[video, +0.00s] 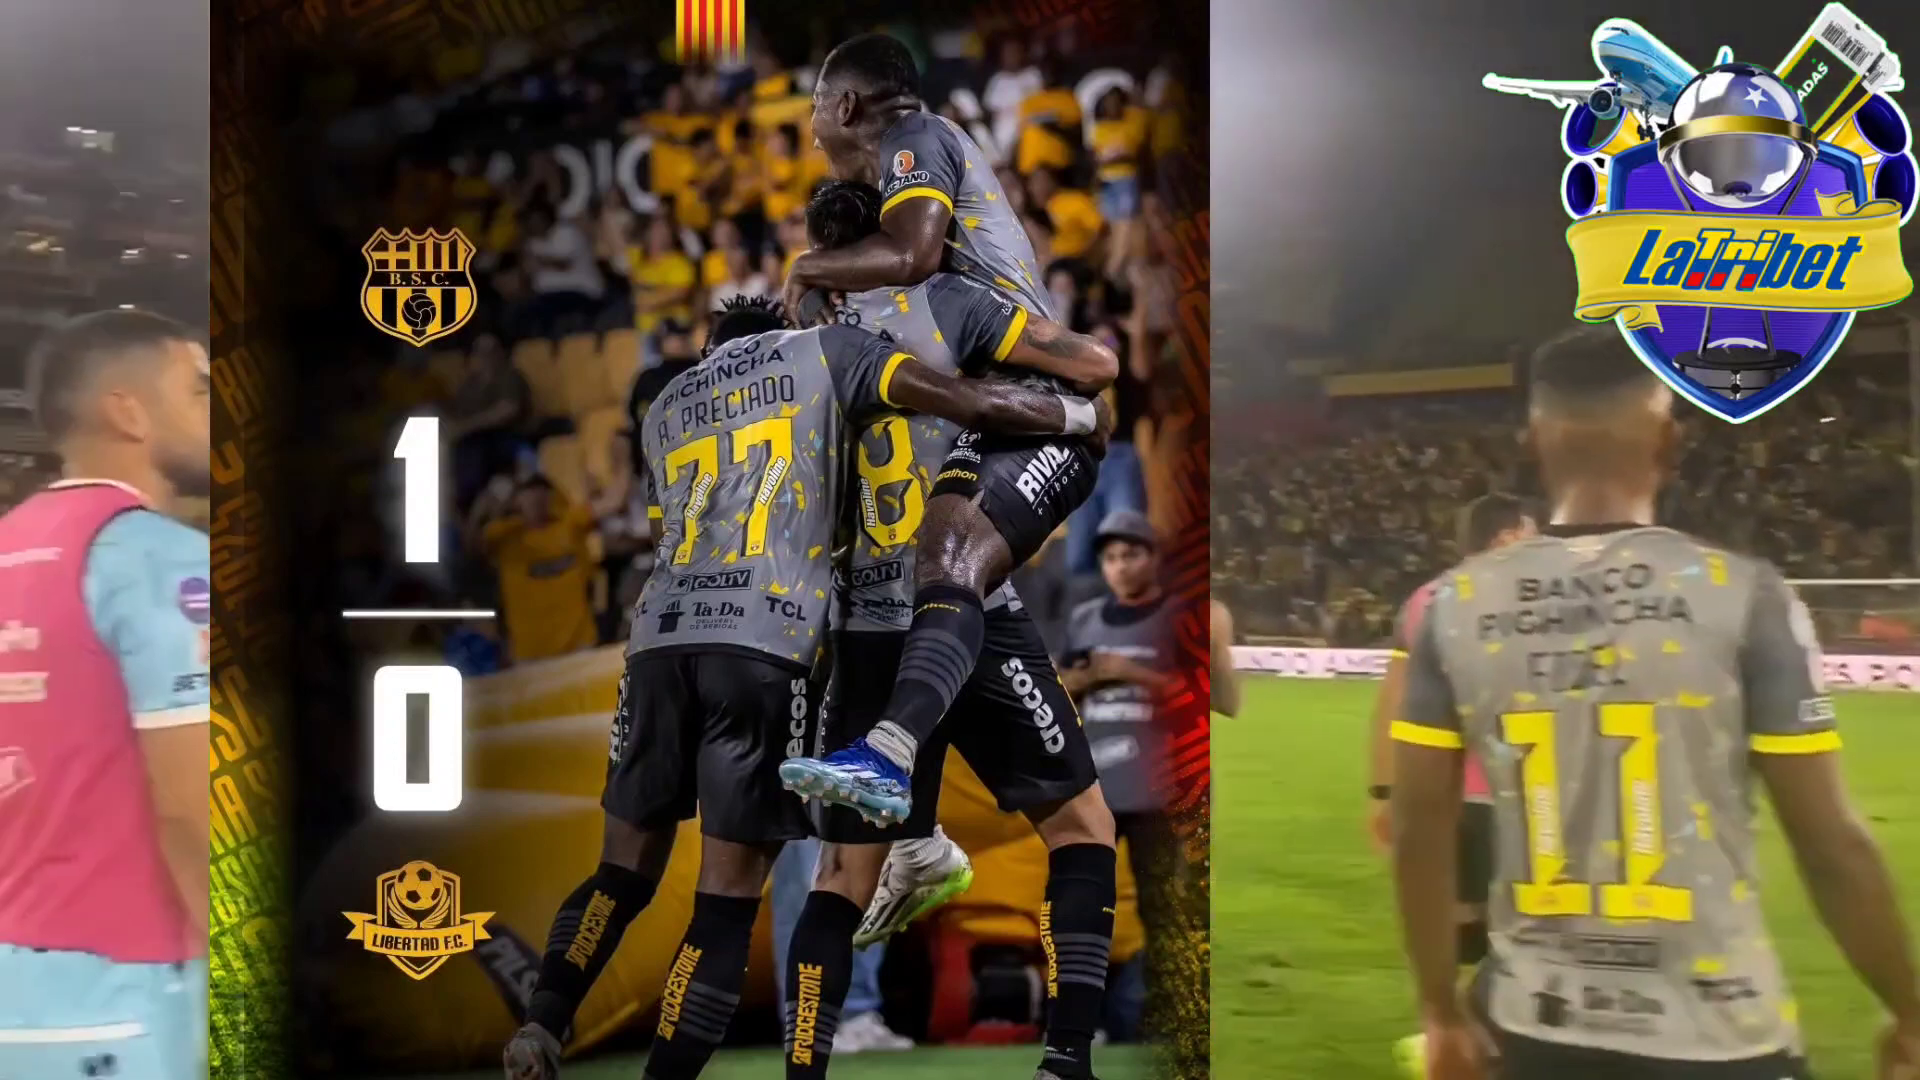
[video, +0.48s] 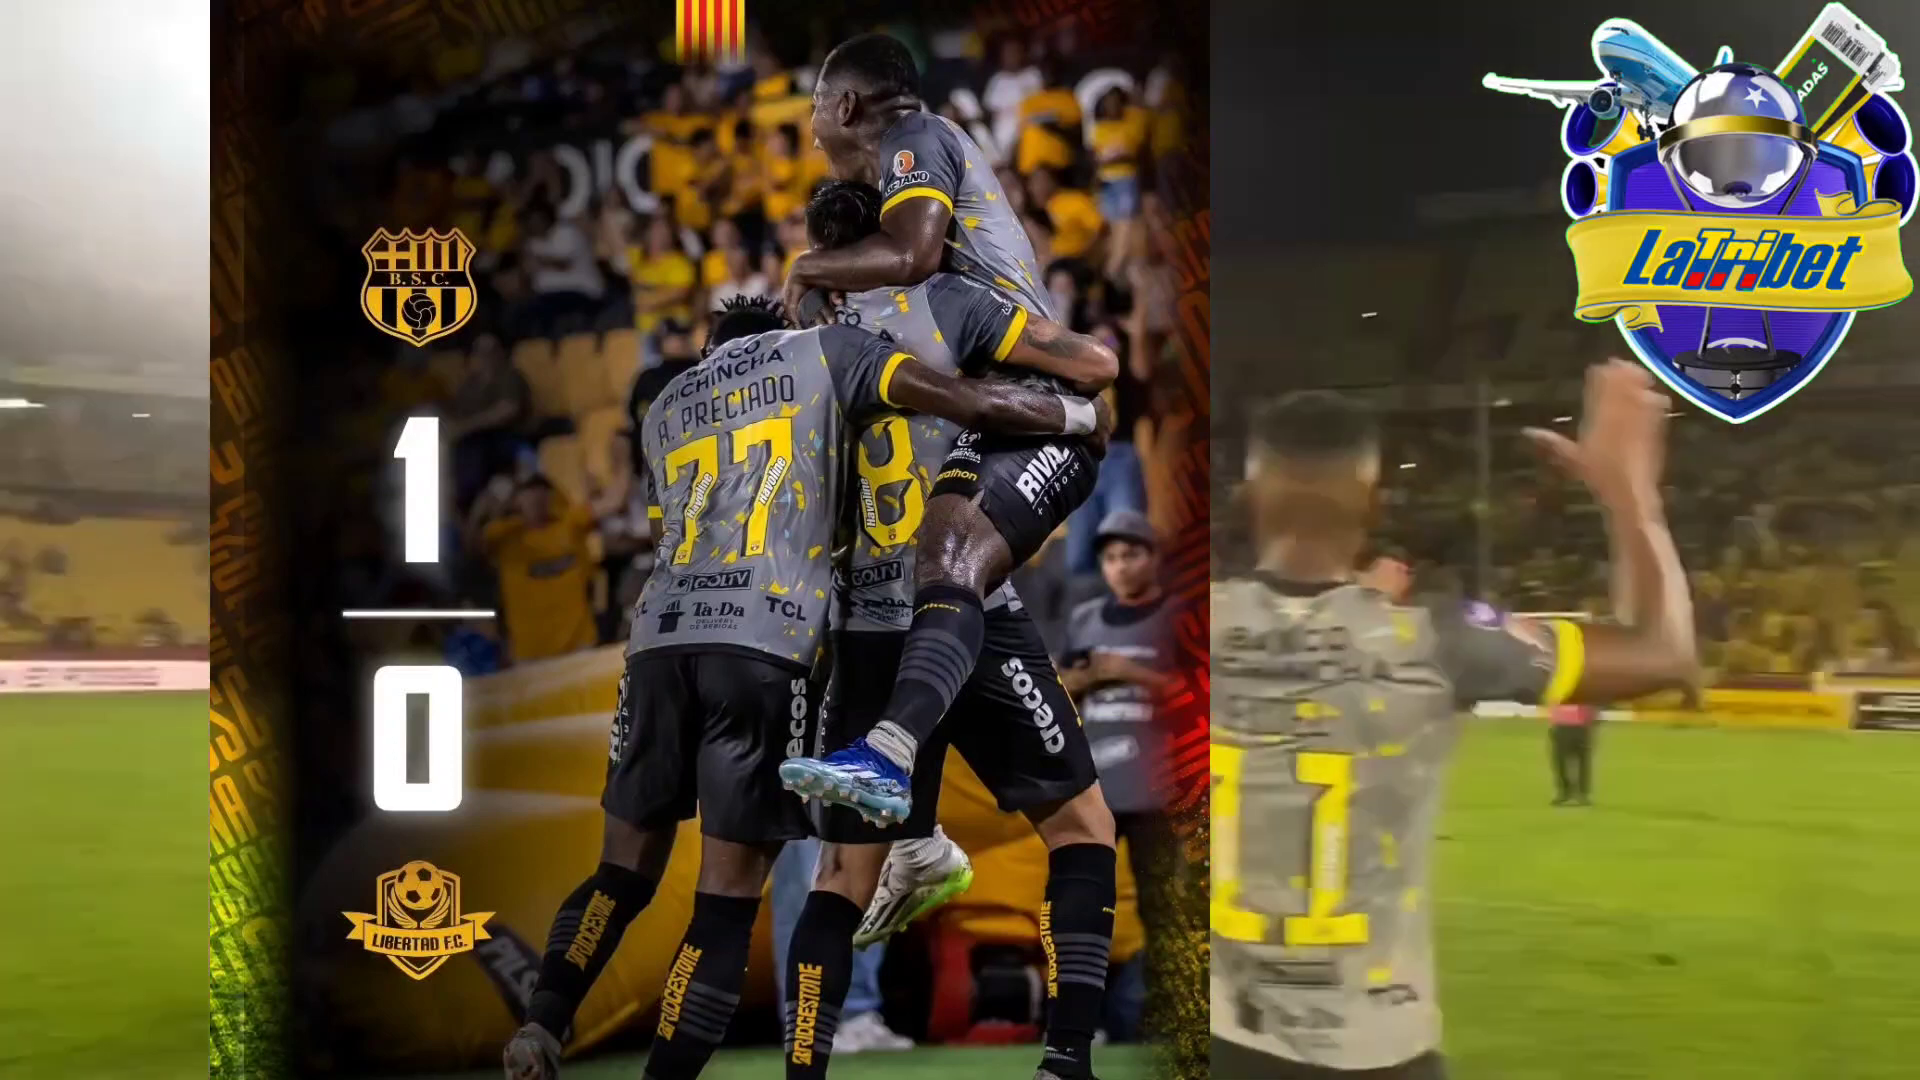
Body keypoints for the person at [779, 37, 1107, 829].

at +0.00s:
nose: (819, 135)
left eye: (823, 115)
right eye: (816, 118)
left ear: (856, 104)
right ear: (881, 105)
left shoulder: (915, 134)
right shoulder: (910, 153)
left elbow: (915, 251)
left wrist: (807, 265)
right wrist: (806, 301)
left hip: (1044, 404)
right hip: (981, 402)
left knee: (952, 557)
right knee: (895, 570)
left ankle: (889, 756)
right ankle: (916, 840)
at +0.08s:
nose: (819, 136)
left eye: (822, 116)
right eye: (816, 118)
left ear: (856, 103)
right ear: (881, 104)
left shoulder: (915, 134)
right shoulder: (912, 152)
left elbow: (915, 251)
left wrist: (806, 265)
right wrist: (809, 297)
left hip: (1044, 404)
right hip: (982, 402)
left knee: (951, 557)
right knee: (900, 568)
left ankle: (890, 755)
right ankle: (916, 839)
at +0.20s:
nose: (818, 133)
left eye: (823, 113)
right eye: (817, 115)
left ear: (856, 104)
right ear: (880, 105)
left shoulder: (915, 135)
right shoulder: (901, 162)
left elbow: (915, 251)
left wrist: (806, 265)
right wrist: (808, 299)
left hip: (1045, 405)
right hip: (981, 404)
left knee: (951, 557)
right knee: (898, 568)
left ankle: (890, 754)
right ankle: (916, 839)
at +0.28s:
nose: (817, 131)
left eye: (823, 112)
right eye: (816, 113)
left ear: (857, 103)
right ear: (880, 104)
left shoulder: (915, 134)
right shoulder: (910, 151)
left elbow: (914, 251)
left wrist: (807, 265)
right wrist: (805, 299)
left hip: (1044, 406)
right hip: (982, 403)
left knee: (953, 558)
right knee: (900, 565)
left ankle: (888, 759)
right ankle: (915, 837)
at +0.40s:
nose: (817, 129)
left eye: (821, 110)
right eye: (815, 112)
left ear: (855, 102)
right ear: (881, 103)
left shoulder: (914, 134)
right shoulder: (912, 152)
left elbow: (914, 250)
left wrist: (806, 265)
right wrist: (810, 297)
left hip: (1042, 399)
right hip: (981, 398)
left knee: (953, 555)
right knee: (896, 565)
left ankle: (889, 756)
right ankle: (915, 836)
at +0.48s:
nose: (815, 129)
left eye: (821, 109)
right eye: (814, 111)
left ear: (857, 102)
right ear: (879, 104)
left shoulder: (915, 134)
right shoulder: (900, 161)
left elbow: (914, 251)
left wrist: (808, 265)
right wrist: (808, 299)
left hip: (1041, 404)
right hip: (980, 402)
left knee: (952, 555)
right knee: (893, 563)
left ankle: (888, 757)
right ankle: (914, 837)